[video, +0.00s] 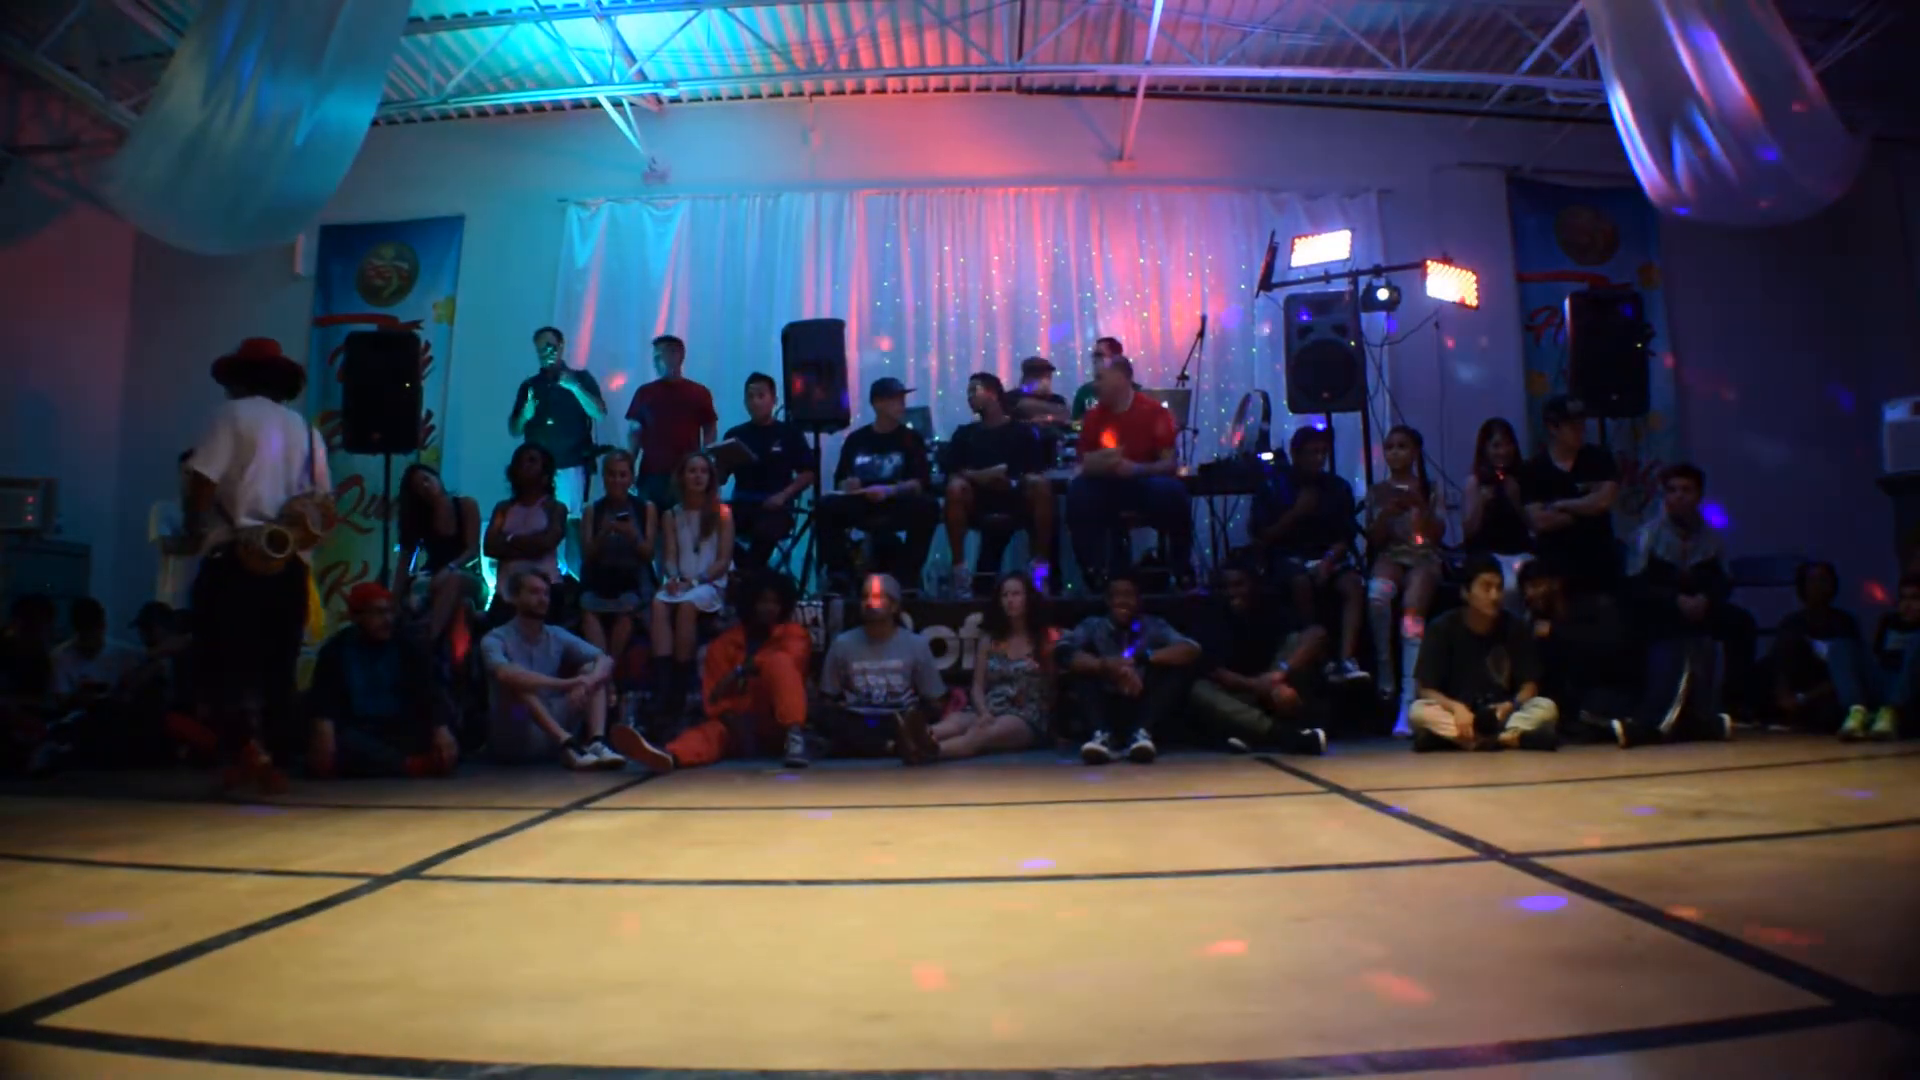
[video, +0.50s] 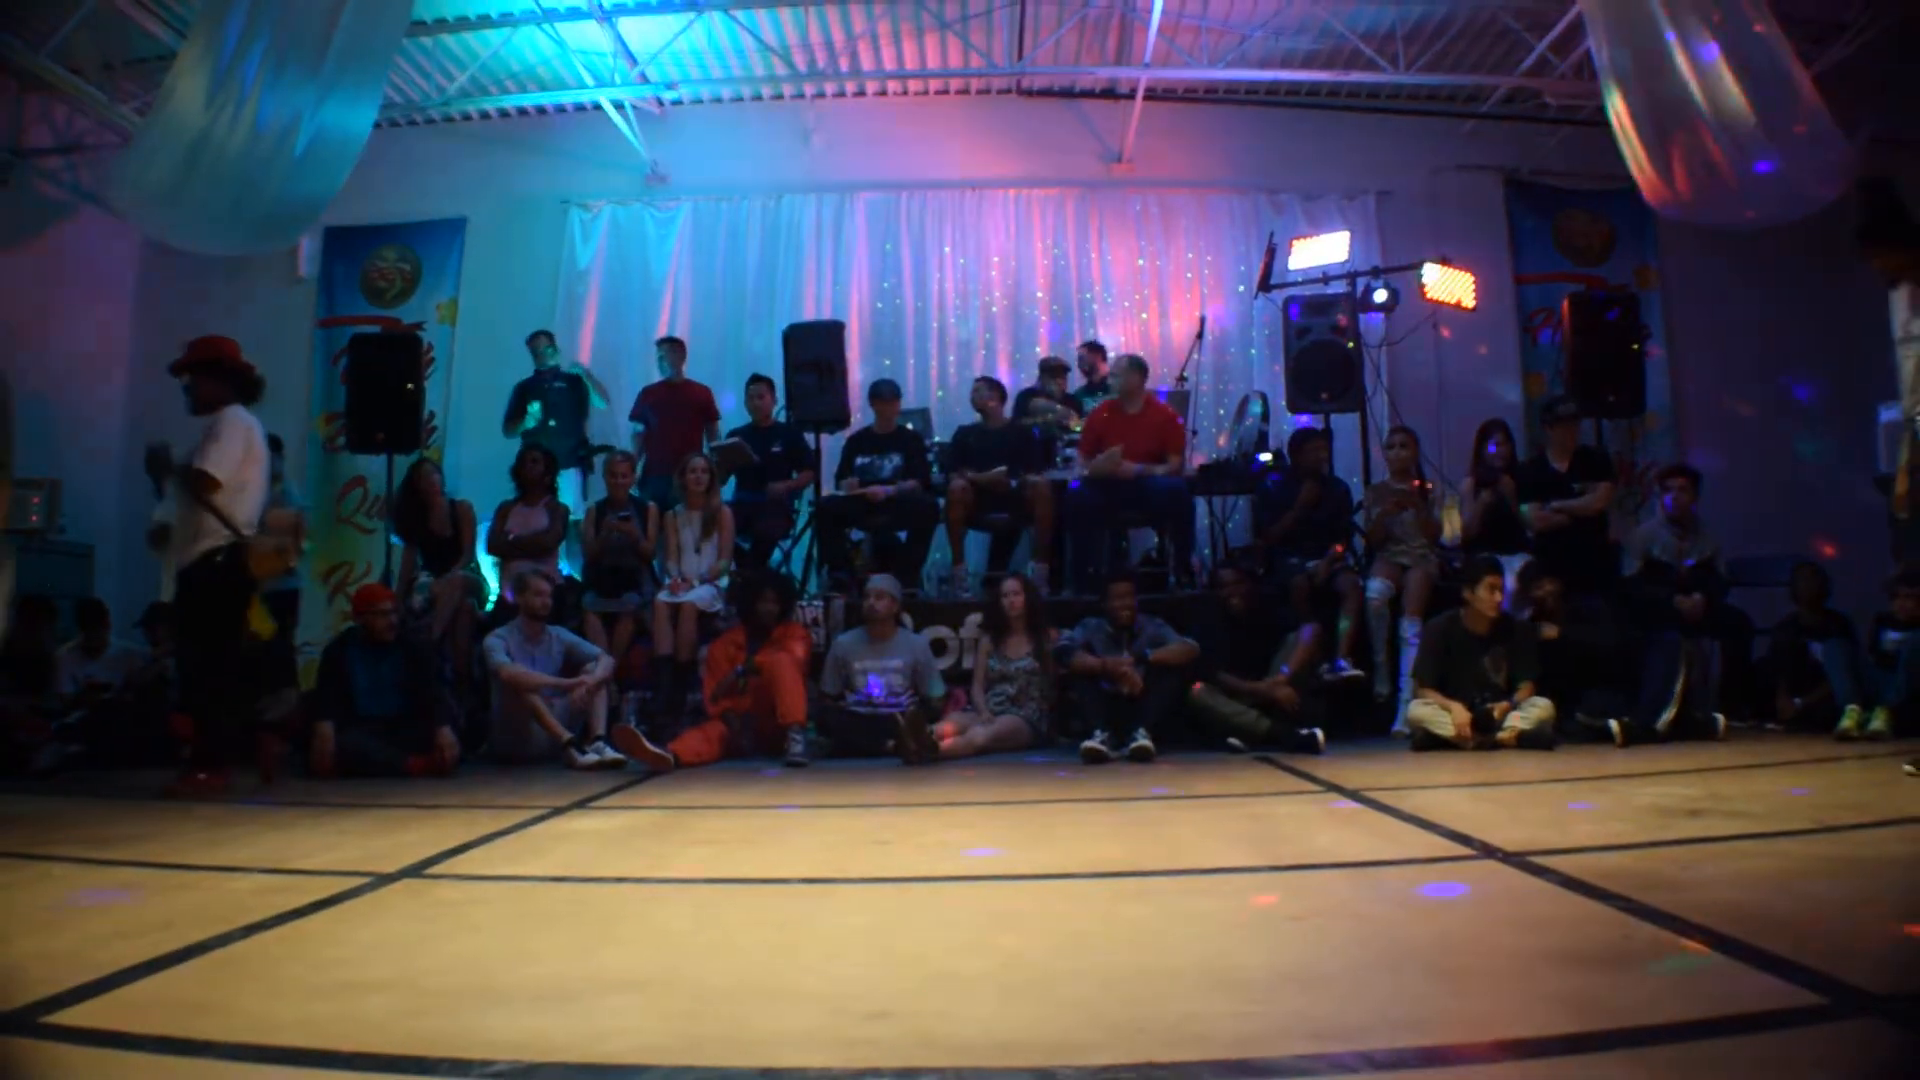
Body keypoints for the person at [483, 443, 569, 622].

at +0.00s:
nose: (525, 466)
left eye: (532, 461)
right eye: (520, 461)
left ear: (545, 472)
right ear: (513, 470)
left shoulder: (555, 508)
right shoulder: (503, 508)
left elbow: (549, 541)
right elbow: (490, 547)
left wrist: (509, 541)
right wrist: (531, 550)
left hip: (545, 590)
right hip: (507, 591)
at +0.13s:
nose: (524, 466)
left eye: (531, 461)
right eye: (520, 461)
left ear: (544, 471)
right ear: (514, 469)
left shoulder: (555, 508)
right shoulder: (503, 507)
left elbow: (549, 541)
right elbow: (489, 546)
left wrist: (509, 541)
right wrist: (532, 549)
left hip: (544, 589)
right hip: (506, 589)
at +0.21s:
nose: (525, 466)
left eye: (531, 461)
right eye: (520, 462)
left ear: (545, 473)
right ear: (513, 470)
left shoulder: (555, 508)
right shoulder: (503, 507)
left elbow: (549, 541)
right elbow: (489, 546)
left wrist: (509, 541)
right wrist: (532, 550)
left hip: (544, 589)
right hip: (506, 589)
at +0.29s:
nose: (525, 467)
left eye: (532, 461)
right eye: (521, 462)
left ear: (545, 471)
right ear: (514, 470)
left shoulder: (556, 508)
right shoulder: (504, 507)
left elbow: (549, 541)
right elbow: (490, 546)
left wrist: (509, 542)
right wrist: (534, 549)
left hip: (544, 588)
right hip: (507, 589)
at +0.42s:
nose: (527, 467)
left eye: (534, 462)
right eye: (522, 462)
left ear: (547, 472)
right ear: (516, 470)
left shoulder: (557, 509)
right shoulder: (505, 508)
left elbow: (551, 541)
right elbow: (492, 546)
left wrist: (509, 544)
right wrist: (534, 548)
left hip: (546, 591)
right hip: (509, 591)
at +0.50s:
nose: (527, 467)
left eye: (534, 462)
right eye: (523, 462)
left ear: (547, 472)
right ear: (517, 470)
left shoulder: (557, 509)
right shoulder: (506, 508)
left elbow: (551, 541)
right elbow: (493, 546)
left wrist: (511, 541)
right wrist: (535, 548)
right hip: (510, 589)